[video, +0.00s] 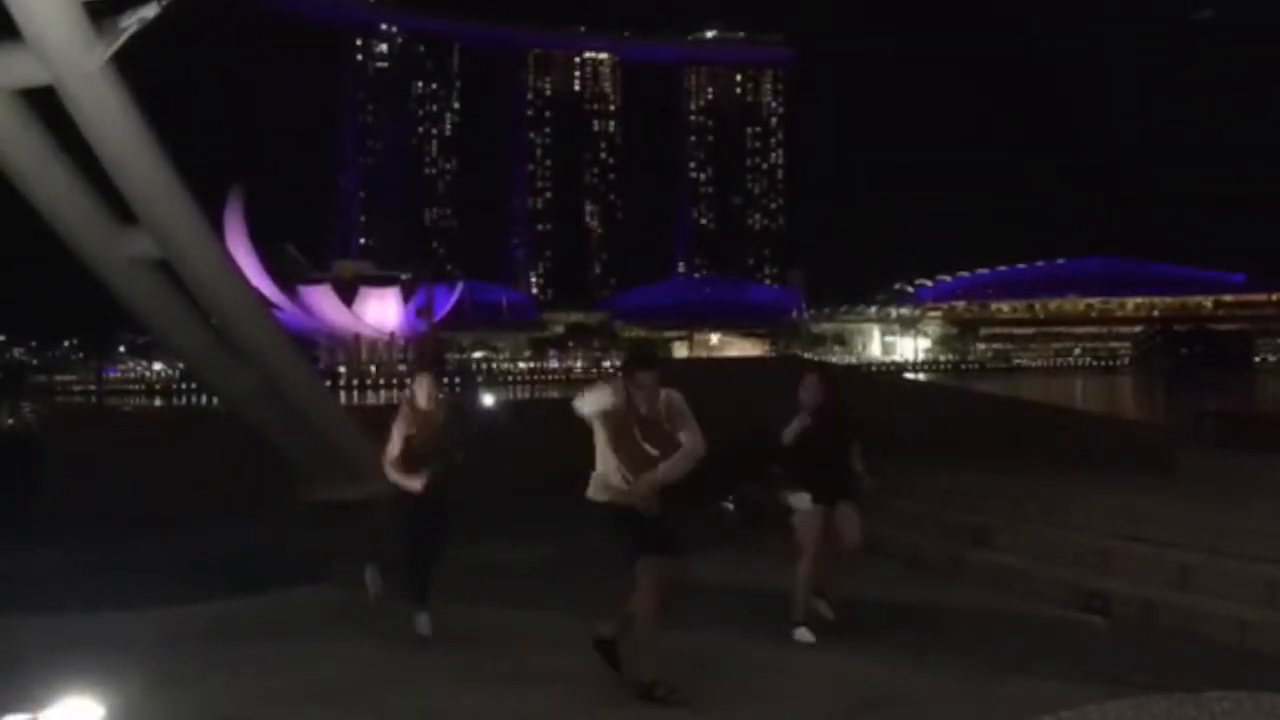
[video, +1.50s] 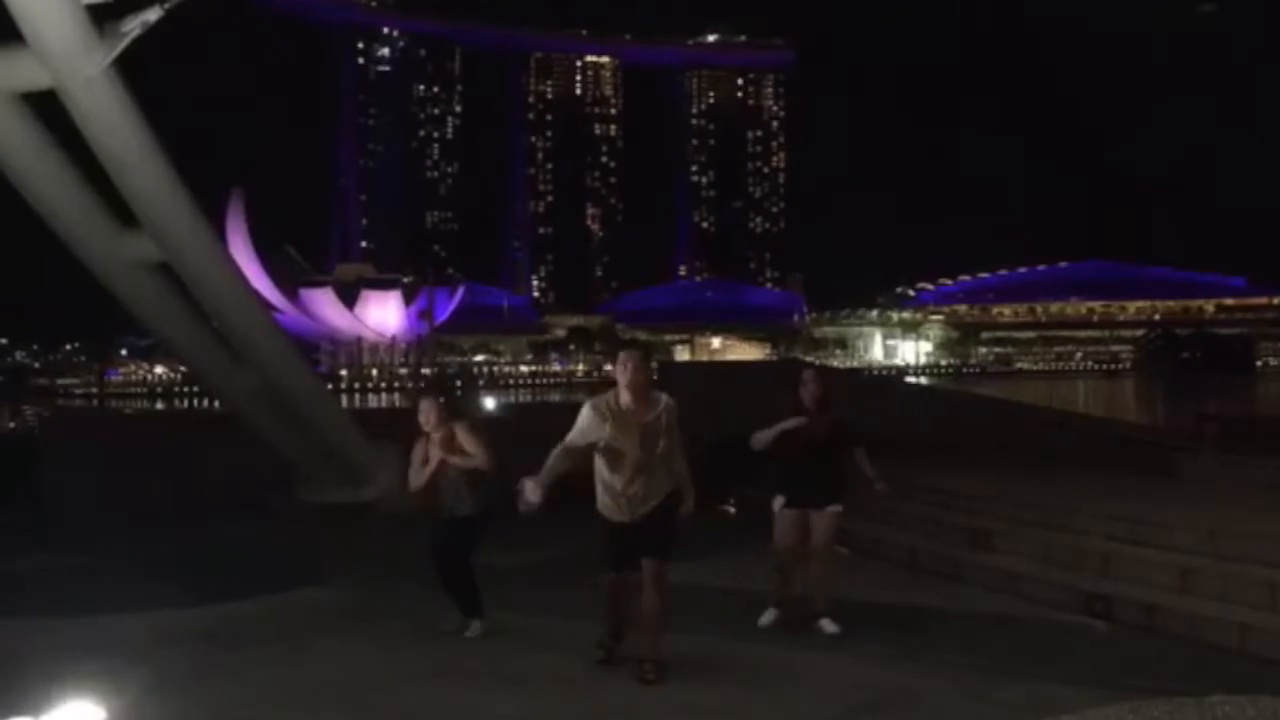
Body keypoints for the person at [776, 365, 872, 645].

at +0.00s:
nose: (808, 394)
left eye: (814, 389)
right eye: (805, 388)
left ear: (825, 393)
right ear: (799, 392)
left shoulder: (839, 421)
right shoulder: (796, 425)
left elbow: (852, 453)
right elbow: (780, 454)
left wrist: (860, 475)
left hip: (837, 489)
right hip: (806, 491)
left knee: (849, 540)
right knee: (810, 551)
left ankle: (821, 593)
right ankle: (799, 620)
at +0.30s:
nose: (814, 398)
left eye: (819, 393)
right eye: (811, 392)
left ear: (829, 394)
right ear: (806, 394)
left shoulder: (841, 420)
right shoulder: (797, 421)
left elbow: (866, 457)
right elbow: (769, 437)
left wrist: (860, 436)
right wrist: (799, 405)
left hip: (833, 493)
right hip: (800, 495)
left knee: (855, 541)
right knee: (816, 553)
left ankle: (837, 596)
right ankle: (798, 624)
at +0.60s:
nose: (822, 401)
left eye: (826, 395)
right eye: (817, 395)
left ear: (836, 399)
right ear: (811, 400)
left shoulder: (847, 432)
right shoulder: (801, 430)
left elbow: (866, 471)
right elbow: (784, 467)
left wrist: (849, 481)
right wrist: (772, 496)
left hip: (835, 498)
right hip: (802, 497)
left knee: (835, 554)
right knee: (794, 552)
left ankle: (842, 610)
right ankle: (780, 611)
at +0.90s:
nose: (797, 393)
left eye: (802, 387)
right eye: (794, 387)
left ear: (814, 389)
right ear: (790, 389)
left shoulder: (827, 416)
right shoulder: (785, 415)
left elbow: (849, 449)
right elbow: (758, 439)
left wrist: (833, 477)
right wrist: (764, 465)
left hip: (817, 484)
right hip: (789, 481)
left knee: (803, 538)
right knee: (787, 540)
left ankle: (824, 599)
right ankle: (794, 600)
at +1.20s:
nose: (789, 406)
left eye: (795, 401)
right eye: (788, 400)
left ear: (809, 404)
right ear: (786, 403)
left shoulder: (822, 429)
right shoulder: (789, 431)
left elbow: (855, 434)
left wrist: (847, 456)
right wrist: (762, 437)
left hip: (818, 491)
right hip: (791, 488)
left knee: (780, 537)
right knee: (771, 532)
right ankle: (793, 600)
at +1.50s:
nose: (809, 390)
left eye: (814, 384)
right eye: (805, 385)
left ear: (824, 389)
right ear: (799, 390)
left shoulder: (837, 424)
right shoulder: (790, 423)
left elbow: (859, 454)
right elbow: (756, 443)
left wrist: (874, 480)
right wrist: (785, 426)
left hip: (827, 496)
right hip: (790, 495)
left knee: (822, 555)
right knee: (783, 551)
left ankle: (822, 613)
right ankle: (776, 606)